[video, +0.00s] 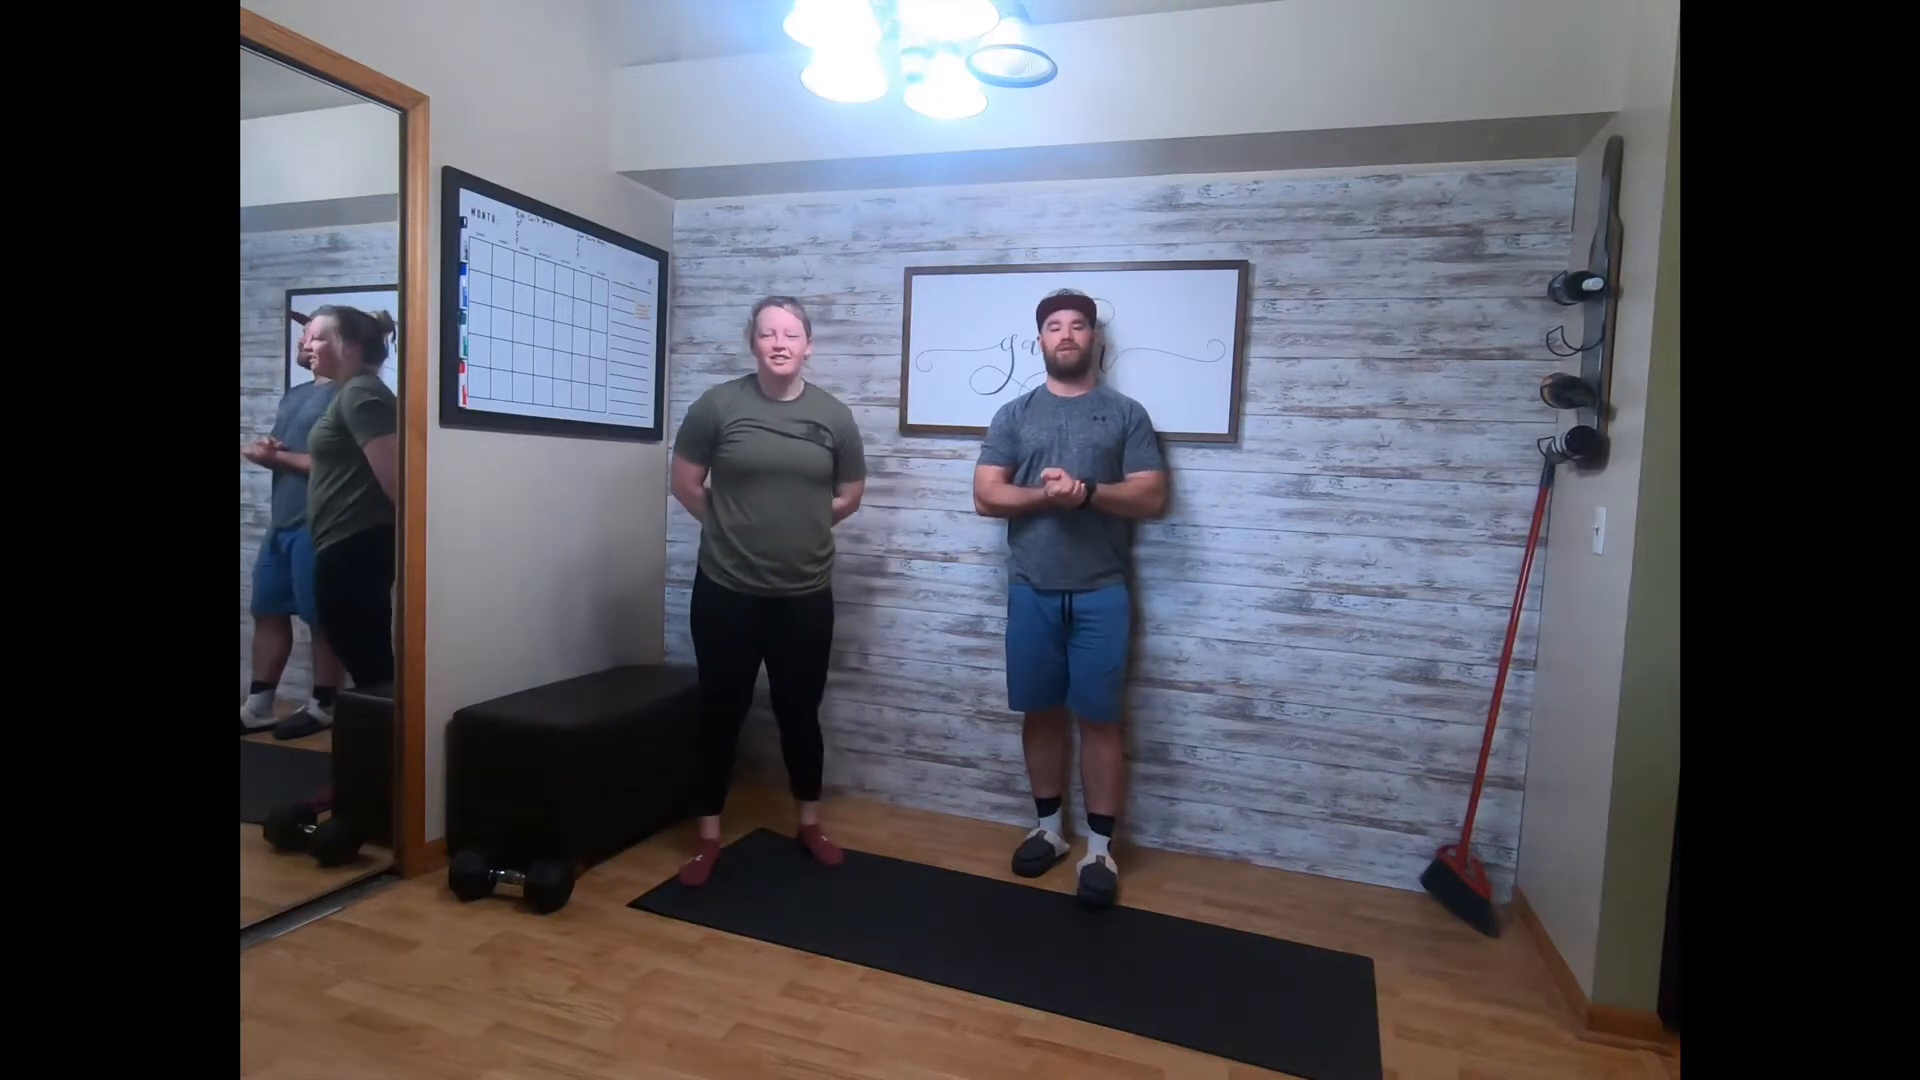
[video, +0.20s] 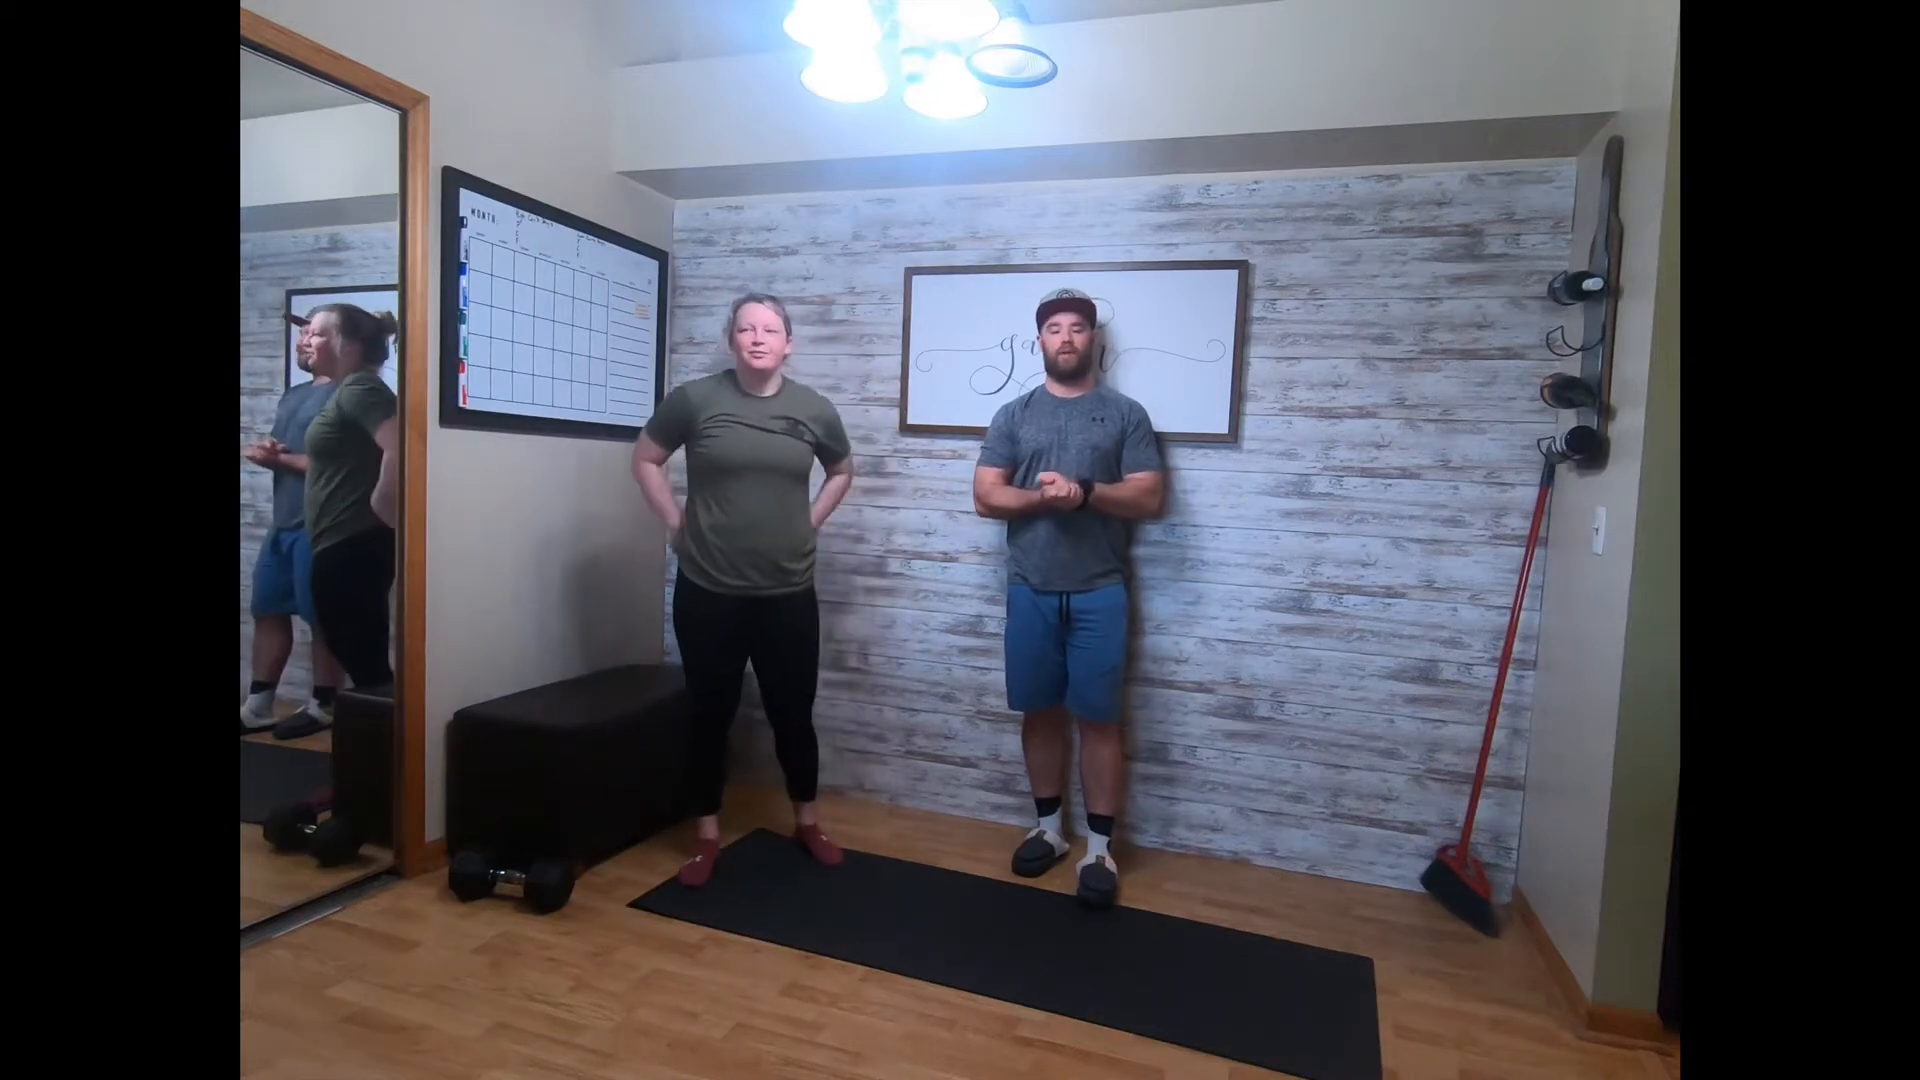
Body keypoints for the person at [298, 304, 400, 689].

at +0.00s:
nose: (311, 348)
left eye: (319, 339)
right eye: (312, 340)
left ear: (349, 345)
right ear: (349, 347)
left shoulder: (361, 393)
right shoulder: (348, 394)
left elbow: (398, 482)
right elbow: (338, 468)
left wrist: (425, 534)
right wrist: (282, 454)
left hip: (358, 540)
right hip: (345, 539)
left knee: (362, 650)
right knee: (360, 649)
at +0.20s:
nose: (309, 342)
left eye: (318, 335)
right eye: (310, 334)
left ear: (347, 343)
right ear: (349, 344)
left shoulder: (360, 389)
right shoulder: (346, 391)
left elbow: (399, 444)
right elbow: (337, 466)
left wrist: (384, 500)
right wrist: (283, 457)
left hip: (356, 542)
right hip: (340, 542)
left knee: (361, 657)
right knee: (357, 655)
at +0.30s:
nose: (311, 341)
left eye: (320, 334)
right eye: (312, 333)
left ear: (349, 343)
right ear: (351, 344)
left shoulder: (362, 386)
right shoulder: (348, 390)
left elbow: (390, 444)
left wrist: (336, 486)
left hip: (357, 543)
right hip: (343, 541)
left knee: (357, 651)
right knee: (349, 649)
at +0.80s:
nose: (315, 338)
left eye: (326, 331)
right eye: (318, 330)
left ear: (356, 342)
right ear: (348, 344)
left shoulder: (369, 386)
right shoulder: (346, 389)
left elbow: (358, 449)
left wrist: (318, 417)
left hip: (360, 543)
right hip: (340, 541)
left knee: (357, 655)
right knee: (346, 651)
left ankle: (375, 758)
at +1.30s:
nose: (309, 355)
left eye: (313, 343)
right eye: (308, 345)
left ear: (341, 343)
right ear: (348, 344)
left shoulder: (376, 392)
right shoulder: (349, 393)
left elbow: (333, 450)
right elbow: (329, 455)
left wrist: (324, 403)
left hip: (364, 548)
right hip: (342, 547)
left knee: (358, 655)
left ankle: (373, 756)